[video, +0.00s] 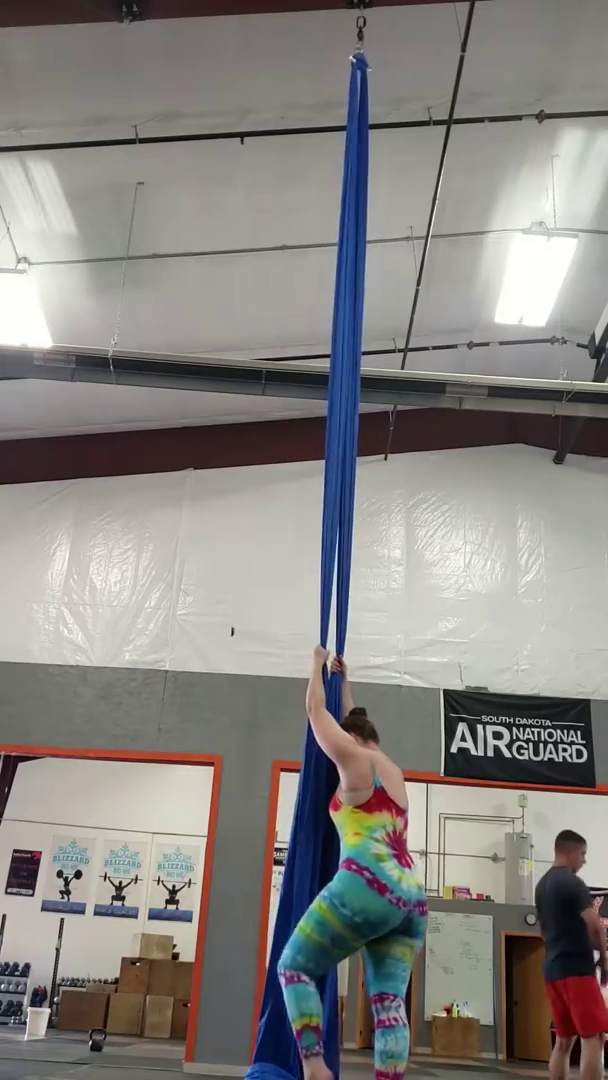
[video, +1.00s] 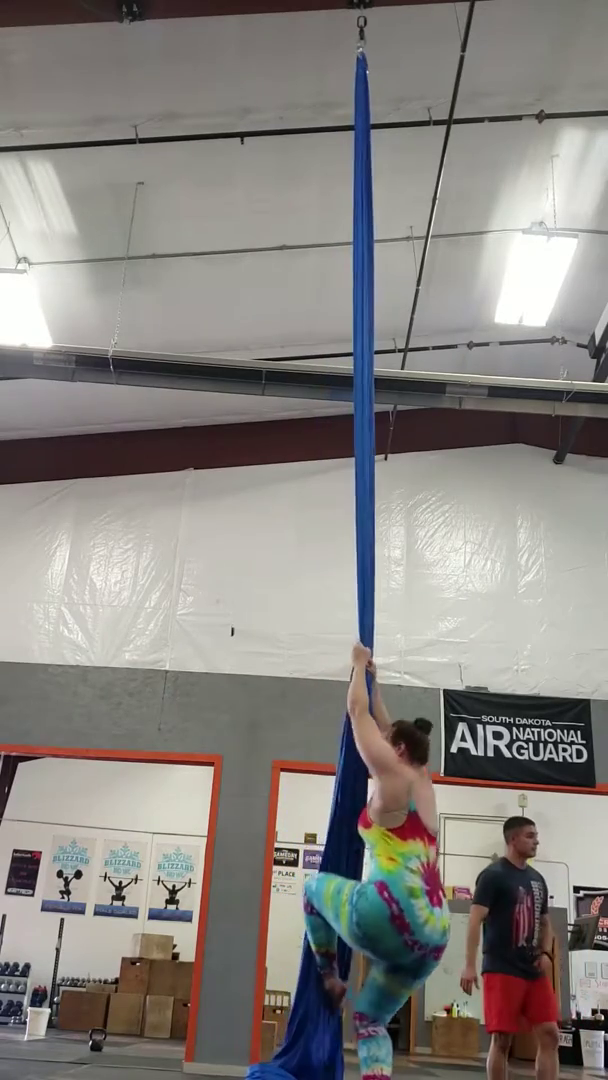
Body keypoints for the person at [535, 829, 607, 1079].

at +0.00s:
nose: (584, 860)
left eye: (585, 854)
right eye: (582, 854)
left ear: (560, 852)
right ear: (570, 852)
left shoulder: (542, 884)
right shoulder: (573, 882)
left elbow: (548, 930)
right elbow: (594, 924)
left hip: (552, 969)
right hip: (577, 969)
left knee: (563, 1039)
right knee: (593, 1038)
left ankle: (556, 1078)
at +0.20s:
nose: (584, 862)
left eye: (584, 856)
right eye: (581, 856)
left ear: (562, 854)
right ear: (566, 854)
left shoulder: (545, 880)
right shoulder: (560, 882)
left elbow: (537, 927)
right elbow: (564, 931)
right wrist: (575, 969)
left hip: (538, 963)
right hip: (554, 964)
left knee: (552, 1037)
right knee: (565, 1035)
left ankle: (549, 1075)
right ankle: (568, 1077)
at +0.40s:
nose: (565, 855)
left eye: (565, 849)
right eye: (561, 849)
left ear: (543, 851)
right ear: (544, 850)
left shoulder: (537, 880)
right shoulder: (540, 882)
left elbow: (547, 930)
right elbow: (547, 930)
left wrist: (563, 973)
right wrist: (566, 974)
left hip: (539, 968)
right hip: (538, 969)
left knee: (544, 1035)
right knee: (541, 1035)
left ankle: (545, 1076)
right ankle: (521, 1076)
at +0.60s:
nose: (551, 851)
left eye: (550, 846)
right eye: (546, 846)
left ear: (533, 849)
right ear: (530, 848)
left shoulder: (533, 883)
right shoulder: (519, 881)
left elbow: (543, 935)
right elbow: (520, 931)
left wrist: (563, 965)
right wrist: (548, 972)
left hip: (536, 971)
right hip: (518, 971)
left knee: (543, 1041)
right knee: (516, 1039)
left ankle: (545, 1076)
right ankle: (504, 1077)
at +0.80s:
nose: (541, 844)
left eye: (540, 839)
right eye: (535, 839)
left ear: (525, 843)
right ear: (517, 841)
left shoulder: (536, 881)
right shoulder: (501, 876)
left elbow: (538, 922)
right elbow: (489, 922)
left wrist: (544, 948)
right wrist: (502, 968)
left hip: (535, 972)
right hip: (509, 971)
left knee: (552, 1037)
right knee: (508, 1041)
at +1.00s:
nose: (536, 840)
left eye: (536, 836)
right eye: (530, 836)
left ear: (530, 840)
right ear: (511, 839)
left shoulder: (537, 879)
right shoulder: (492, 875)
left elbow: (545, 921)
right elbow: (474, 920)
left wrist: (545, 952)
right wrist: (469, 966)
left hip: (534, 969)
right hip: (501, 969)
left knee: (549, 1036)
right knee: (501, 1041)